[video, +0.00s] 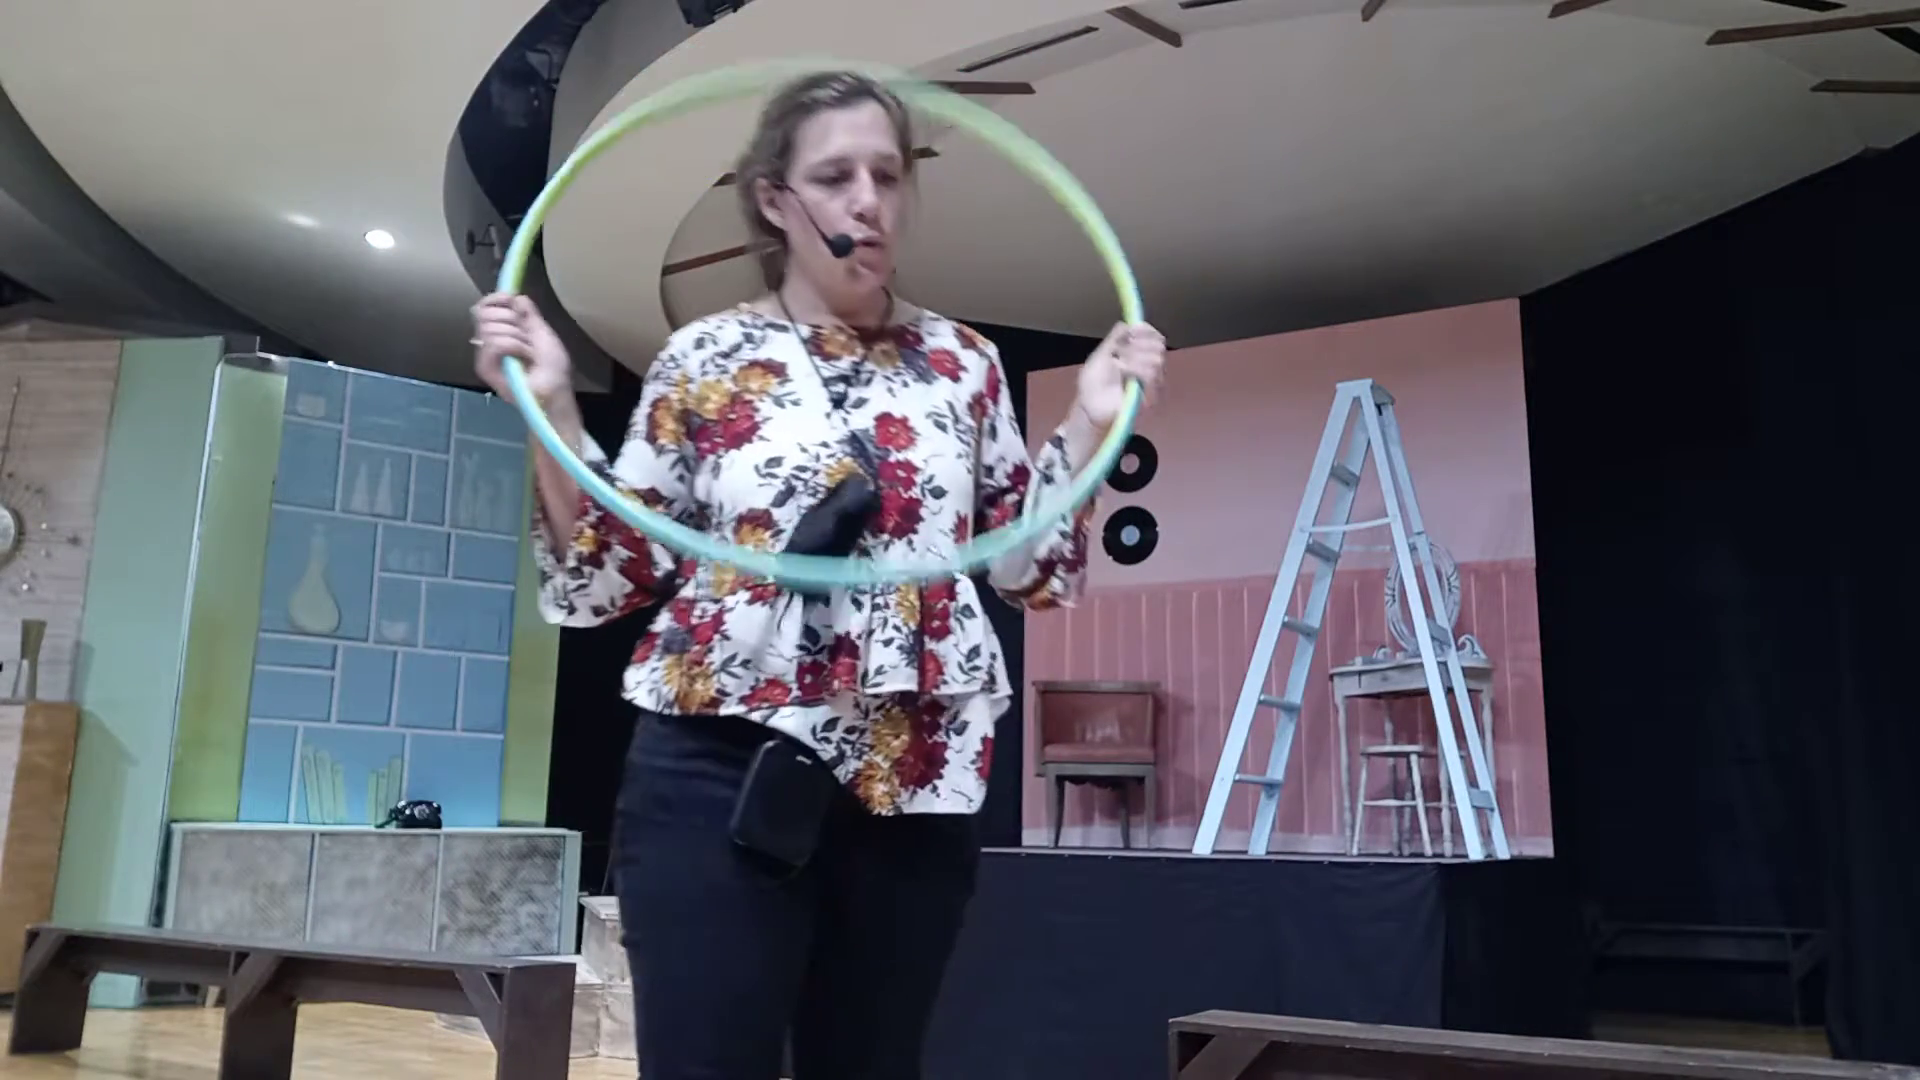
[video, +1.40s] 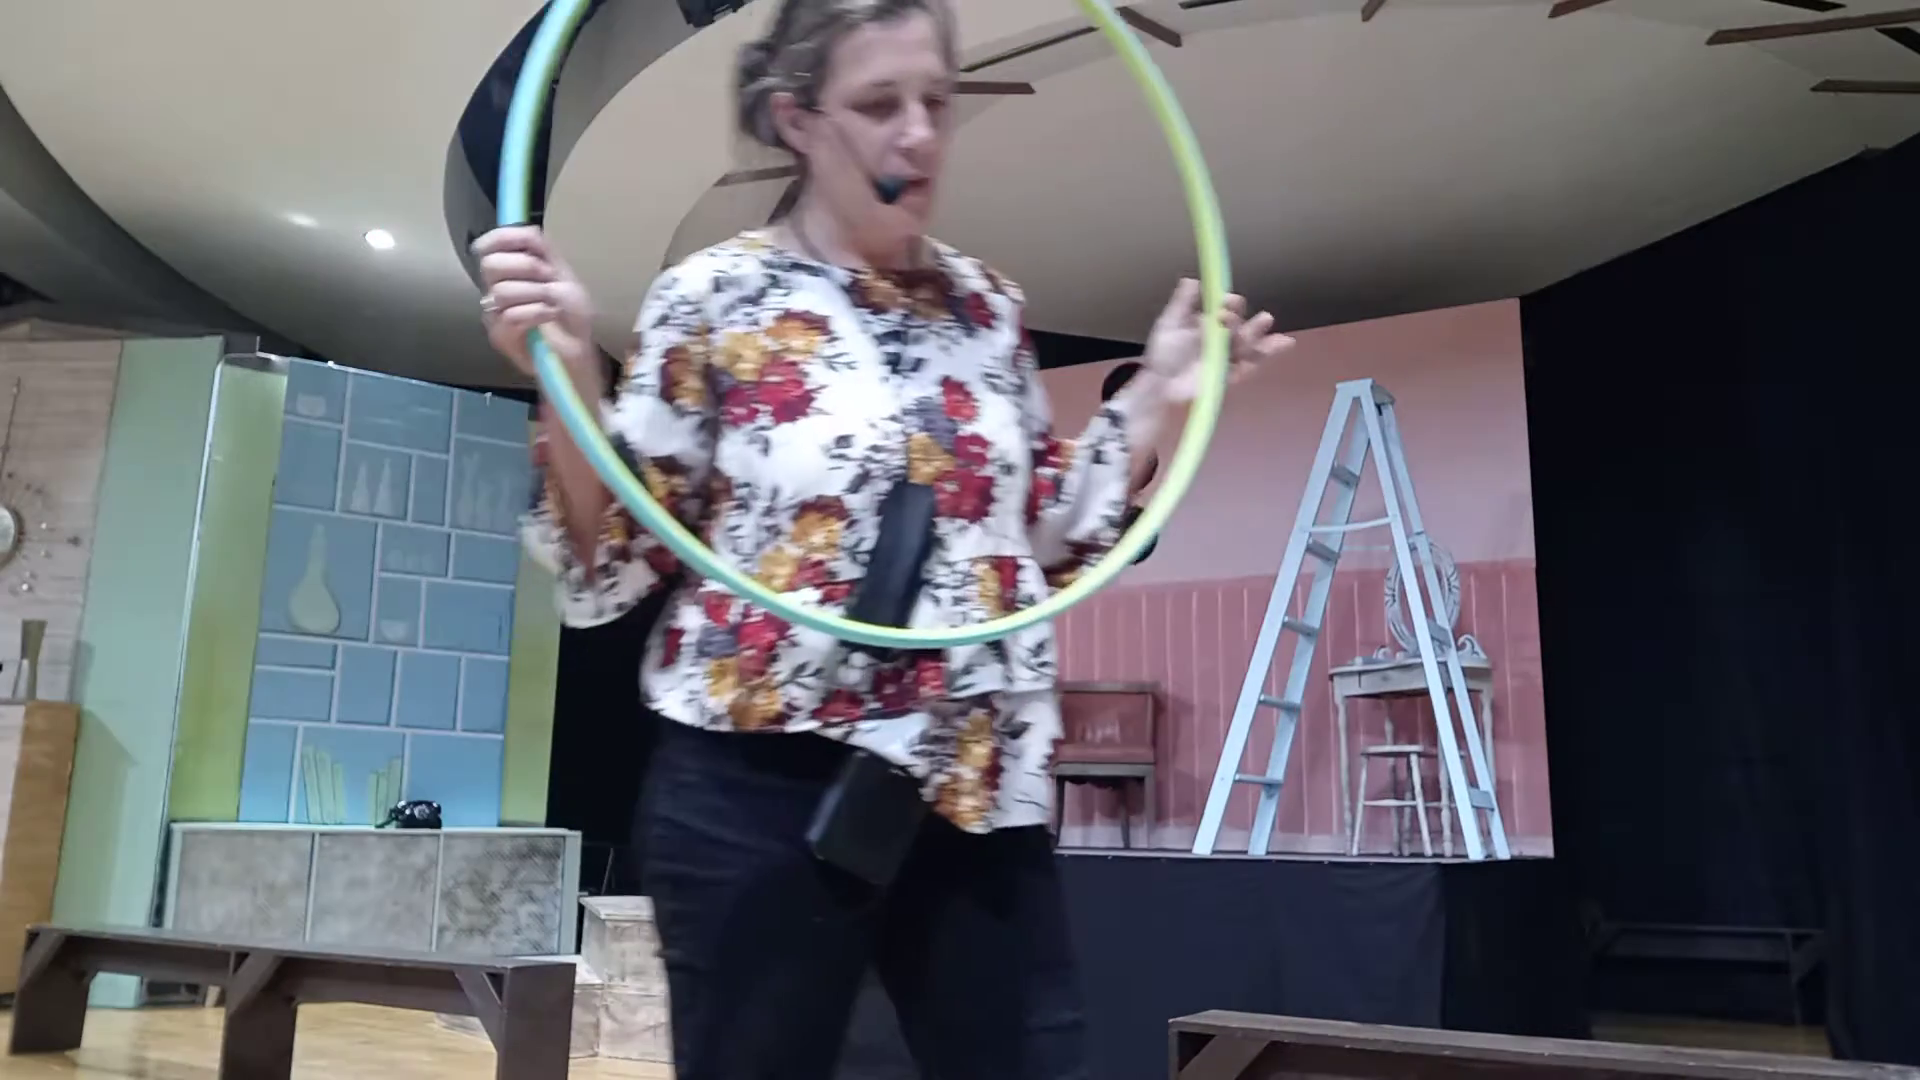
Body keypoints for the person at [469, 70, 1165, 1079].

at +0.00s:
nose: (867, 205)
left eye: (886, 178)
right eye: (835, 177)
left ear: (910, 195)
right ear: (775, 204)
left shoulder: (966, 366)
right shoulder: (700, 361)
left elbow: (1016, 568)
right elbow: (611, 579)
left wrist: (1090, 430)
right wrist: (548, 410)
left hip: (914, 797)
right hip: (716, 775)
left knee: (869, 1066)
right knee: (710, 1063)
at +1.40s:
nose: (917, 137)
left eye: (935, 102)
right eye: (879, 104)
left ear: (955, 113)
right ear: (794, 121)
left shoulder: (990, 310)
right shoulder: (711, 296)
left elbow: (1043, 542)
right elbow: (619, 564)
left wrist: (1153, 402)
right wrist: (565, 379)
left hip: (978, 806)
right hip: (759, 788)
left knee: (1028, 1061)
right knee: (754, 1063)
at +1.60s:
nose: (1026, 135)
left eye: (1044, 105)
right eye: (991, 101)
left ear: (1064, 122)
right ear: (906, 118)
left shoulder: (1101, 326)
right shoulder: (818, 294)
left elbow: (1157, 544)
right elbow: (715, 550)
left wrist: (1270, 404)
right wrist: (671, 354)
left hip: (1090, 801)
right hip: (864, 780)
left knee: (1120, 1064)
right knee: (828, 1064)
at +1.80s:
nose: (1082, 132)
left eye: (1112, 104)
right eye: (1050, 102)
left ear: (1149, 133)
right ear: (999, 132)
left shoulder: (1205, 328)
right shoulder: (911, 302)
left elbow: (1269, 557)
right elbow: (790, 550)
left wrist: (1380, 415)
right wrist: (725, 393)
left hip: (1175, 805)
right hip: (946, 778)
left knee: (1166, 1069)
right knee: (895, 1064)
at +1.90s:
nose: (1111, 137)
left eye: (1141, 108)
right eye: (1081, 108)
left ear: (1183, 134)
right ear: (1036, 136)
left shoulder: (1247, 332)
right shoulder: (950, 308)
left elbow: (1305, 551)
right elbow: (839, 481)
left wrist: (1421, 414)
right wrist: (765, 514)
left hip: (1200, 794)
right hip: (976, 770)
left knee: (1178, 1064)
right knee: (925, 1058)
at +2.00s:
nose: (1134, 137)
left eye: (1165, 109)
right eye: (1106, 108)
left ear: (1211, 138)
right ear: (1061, 137)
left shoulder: (1277, 332)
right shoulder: (981, 315)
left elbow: (1344, 561)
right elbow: (852, 521)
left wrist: (1443, 412)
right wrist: (848, 649)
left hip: (1216, 802)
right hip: (992, 775)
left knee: (1186, 1065)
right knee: (931, 1062)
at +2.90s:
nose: (1045, 159)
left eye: (1075, 146)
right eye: (1018, 144)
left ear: (1109, 198)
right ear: (976, 193)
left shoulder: (1174, 358)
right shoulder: (903, 368)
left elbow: (1233, 581)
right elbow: (776, 543)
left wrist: (1284, 427)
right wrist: (822, 650)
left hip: (1130, 806)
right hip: (933, 797)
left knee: (1126, 1062)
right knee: (936, 1061)